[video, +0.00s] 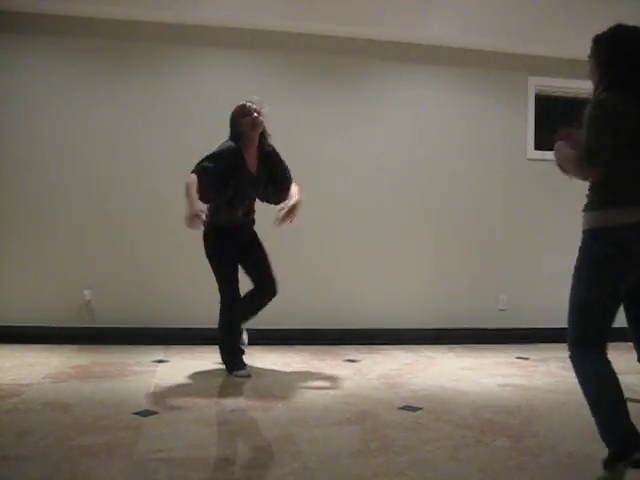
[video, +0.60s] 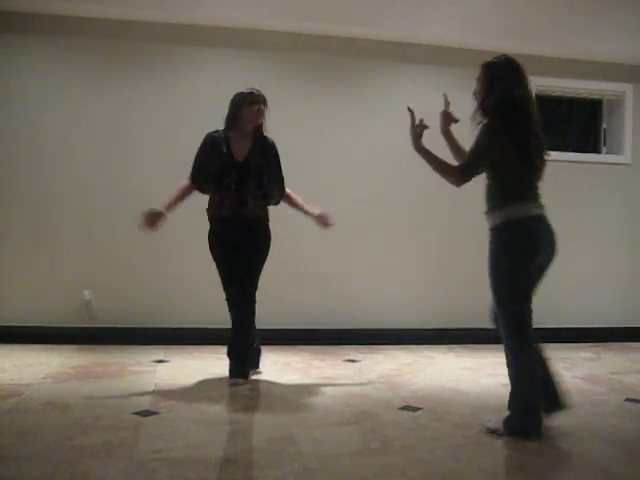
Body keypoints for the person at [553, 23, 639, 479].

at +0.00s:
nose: (589, 71)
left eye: (593, 63)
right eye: (590, 62)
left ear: (607, 64)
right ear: (632, 62)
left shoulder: (607, 105)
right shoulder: (631, 104)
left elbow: (591, 169)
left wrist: (564, 155)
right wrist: (582, 148)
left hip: (611, 237)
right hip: (632, 235)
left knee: (585, 344)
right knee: (635, 338)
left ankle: (623, 445)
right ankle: (628, 445)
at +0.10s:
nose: (577, 70)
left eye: (582, 63)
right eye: (579, 62)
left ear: (600, 69)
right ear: (619, 67)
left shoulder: (610, 111)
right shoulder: (624, 108)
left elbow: (624, 175)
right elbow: (617, 169)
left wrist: (569, 154)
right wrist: (575, 146)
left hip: (608, 239)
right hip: (626, 237)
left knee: (569, 333)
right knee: (638, 335)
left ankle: (607, 437)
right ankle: (609, 438)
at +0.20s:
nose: (561, 77)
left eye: (566, 70)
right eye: (563, 69)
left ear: (584, 75)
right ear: (601, 72)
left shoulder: (601, 114)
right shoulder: (596, 115)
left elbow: (618, 176)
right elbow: (570, 176)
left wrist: (565, 167)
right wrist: (539, 147)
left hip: (599, 240)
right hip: (620, 238)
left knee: (558, 326)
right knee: (636, 337)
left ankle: (560, 431)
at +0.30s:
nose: (538, 84)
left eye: (545, 78)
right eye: (542, 77)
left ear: (561, 86)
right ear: (576, 85)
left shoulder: (574, 128)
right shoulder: (588, 126)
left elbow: (583, 189)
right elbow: (551, 182)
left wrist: (530, 172)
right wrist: (512, 160)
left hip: (583, 244)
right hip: (612, 241)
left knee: (536, 324)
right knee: (636, 337)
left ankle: (526, 419)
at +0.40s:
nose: (513, 92)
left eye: (518, 85)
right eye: (515, 84)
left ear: (533, 91)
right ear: (553, 90)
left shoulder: (544, 135)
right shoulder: (568, 131)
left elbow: (527, 196)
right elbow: (522, 182)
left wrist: (483, 164)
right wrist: (486, 156)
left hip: (554, 246)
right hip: (589, 243)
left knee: (522, 332)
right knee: (609, 337)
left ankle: (522, 421)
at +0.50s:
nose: (492, 93)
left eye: (496, 86)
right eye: (494, 85)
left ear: (510, 93)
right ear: (533, 92)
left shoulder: (518, 135)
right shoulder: (545, 132)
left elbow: (483, 186)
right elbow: (494, 171)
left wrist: (442, 153)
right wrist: (463, 137)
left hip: (530, 242)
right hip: (564, 241)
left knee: (512, 332)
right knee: (556, 333)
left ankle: (521, 421)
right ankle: (631, 402)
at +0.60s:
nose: (475, 89)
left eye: (479, 82)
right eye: (477, 82)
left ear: (492, 88)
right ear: (516, 87)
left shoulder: (498, 127)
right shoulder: (526, 125)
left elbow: (459, 175)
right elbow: (476, 164)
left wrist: (419, 147)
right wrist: (448, 135)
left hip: (511, 237)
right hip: (536, 233)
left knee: (514, 326)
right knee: (507, 317)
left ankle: (523, 420)